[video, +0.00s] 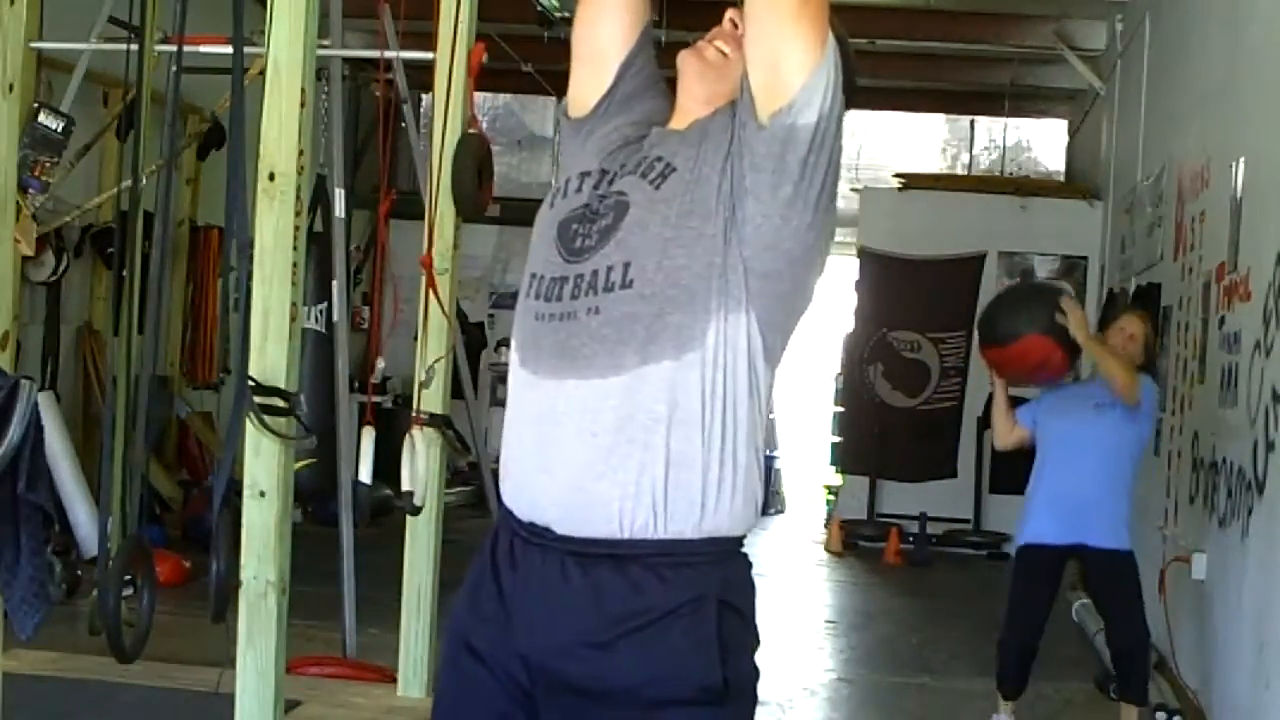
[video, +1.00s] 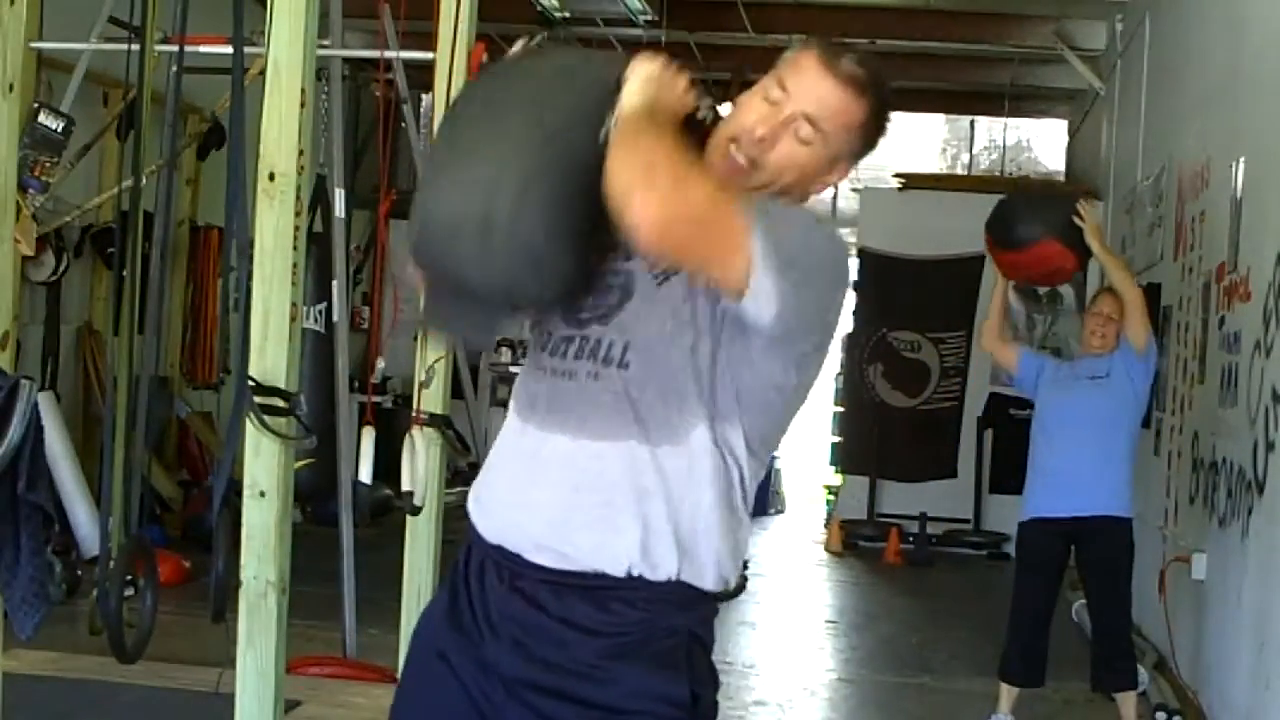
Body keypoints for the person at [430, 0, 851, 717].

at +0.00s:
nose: (728, 24)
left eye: (757, 28)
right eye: (728, 13)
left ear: (774, 77)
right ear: (699, 36)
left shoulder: (775, 161)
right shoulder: (606, 133)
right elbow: (605, 2)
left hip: (667, 601)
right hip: (510, 577)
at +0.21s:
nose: (728, 20)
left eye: (757, 26)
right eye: (730, 9)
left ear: (776, 74)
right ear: (699, 33)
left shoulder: (776, 156)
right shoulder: (601, 124)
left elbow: (806, 2)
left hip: (662, 597)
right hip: (505, 572)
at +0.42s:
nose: (747, 32)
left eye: (775, 35)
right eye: (748, 23)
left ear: (792, 80)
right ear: (719, 41)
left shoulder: (788, 161)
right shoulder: (608, 129)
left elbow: (814, 3)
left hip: (661, 602)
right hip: (504, 573)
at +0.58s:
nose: (770, 40)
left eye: (820, 51)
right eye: (799, 32)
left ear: (836, 112)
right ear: (753, 42)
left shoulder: (800, 178)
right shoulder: (615, 136)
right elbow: (510, 12)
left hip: (661, 609)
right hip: (507, 577)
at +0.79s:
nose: (795, 73)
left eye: (829, 88)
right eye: (806, 52)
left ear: (854, 156)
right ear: (785, 42)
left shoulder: (816, 215)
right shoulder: (611, 180)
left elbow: (729, 29)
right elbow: (454, 152)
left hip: (646, 624)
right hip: (496, 585)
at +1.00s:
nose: (762, 128)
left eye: (804, 132)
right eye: (773, 95)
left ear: (829, 178)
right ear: (752, 83)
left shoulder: (808, 258)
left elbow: (656, 210)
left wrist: (648, 107)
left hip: (630, 637)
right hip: (481, 597)